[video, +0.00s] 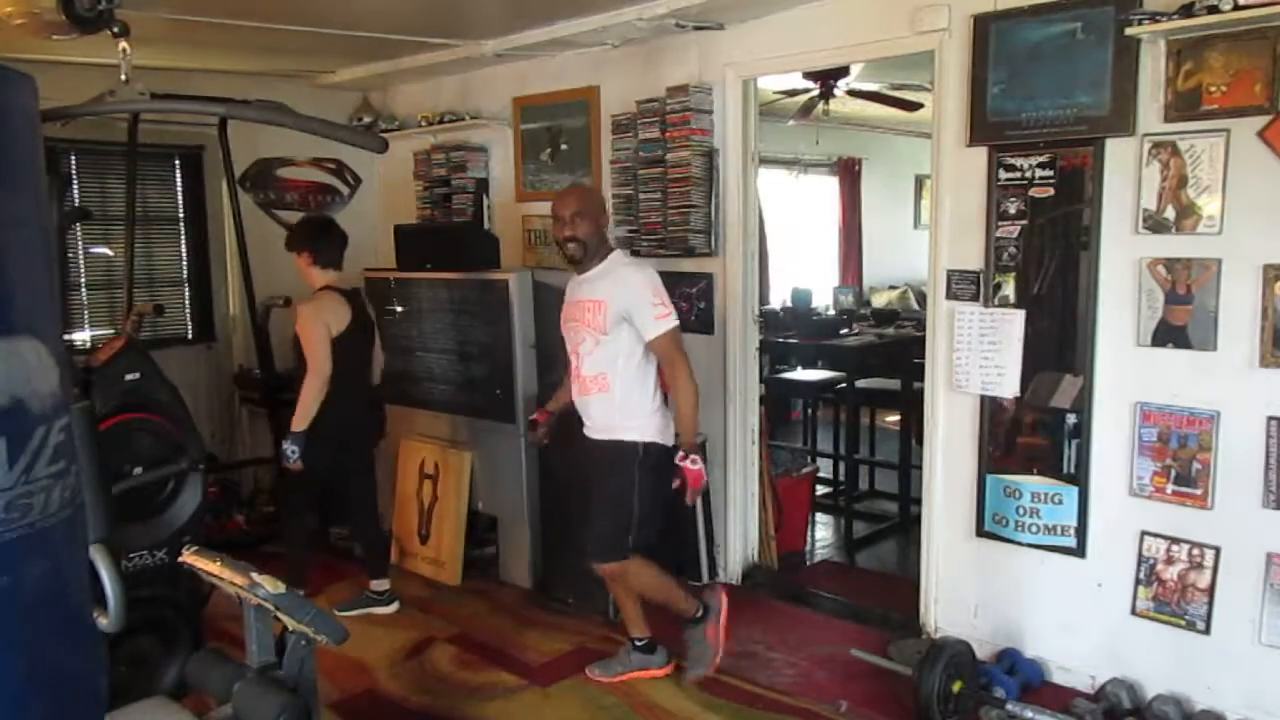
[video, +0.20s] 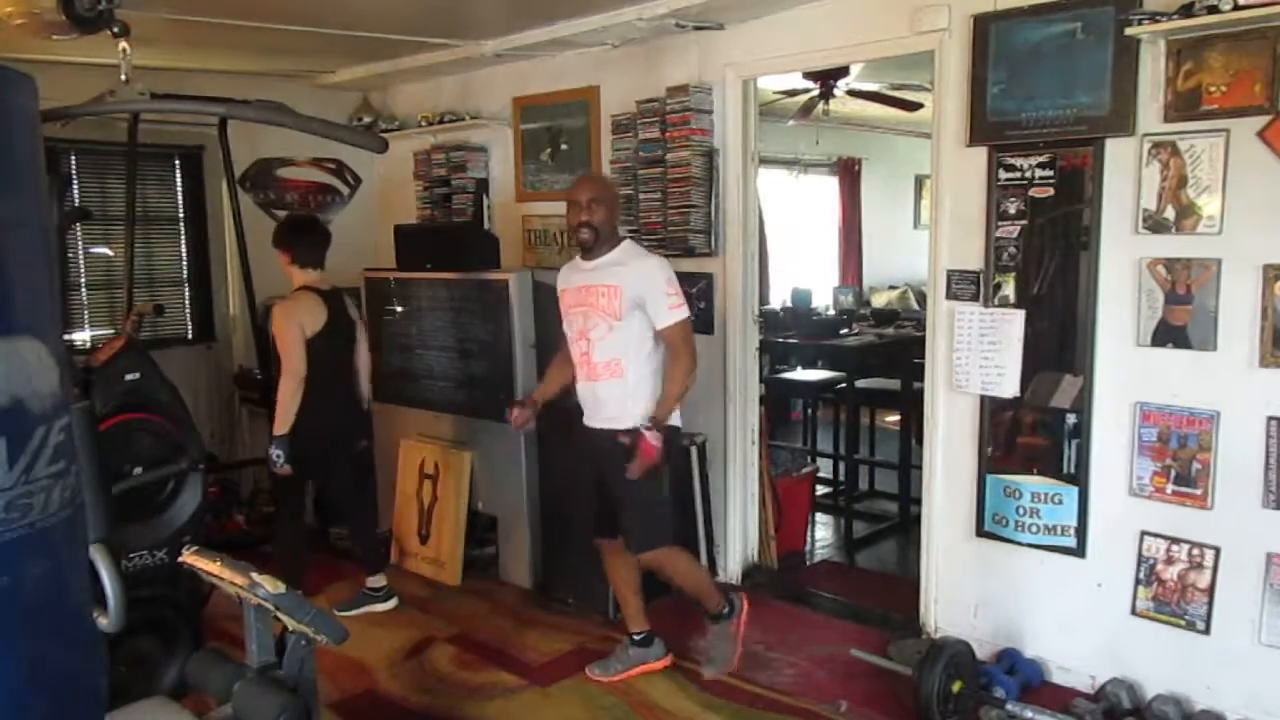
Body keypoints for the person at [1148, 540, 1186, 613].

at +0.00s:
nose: (1173, 554)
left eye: (1176, 552)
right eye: (1170, 551)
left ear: (1179, 553)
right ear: (1167, 552)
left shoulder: (1183, 567)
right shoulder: (1161, 564)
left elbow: (1181, 585)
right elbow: (1152, 581)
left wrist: (1174, 602)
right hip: (1159, 599)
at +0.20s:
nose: (1173, 554)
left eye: (1176, 552)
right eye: (1171, 551)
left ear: (1179, 553)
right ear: (1167, 552)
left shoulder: (1183, 567)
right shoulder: (1160, 564)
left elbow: (1182, 585)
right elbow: (1151, 581)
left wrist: (1174, 602)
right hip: (1159, 599)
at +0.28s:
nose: (1172, 554)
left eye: (1176, 552)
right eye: (1170, 551)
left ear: (1179, 553)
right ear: (1167, 551)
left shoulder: (1182, 567)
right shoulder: (1160, 565)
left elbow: (1180, 585)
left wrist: (1173, 603)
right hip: (1159, 599)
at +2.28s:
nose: (1173, 554)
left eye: (1176, 552)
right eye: (1171, 551)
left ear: (1179, 553)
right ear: (1167, 552)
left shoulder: (1181, 568)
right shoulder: (1160, 566)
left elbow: (1180, 586)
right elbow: (1154, 581)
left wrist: (1173, 603)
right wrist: (1151, 595)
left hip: (1173, 601)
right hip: (1159, 599)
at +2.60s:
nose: (1173, 554)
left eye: (1176, 552)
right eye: (1171, 551)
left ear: (1179, 553)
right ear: (1167, 551)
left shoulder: (1182, 568)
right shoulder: (1160, 566)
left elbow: (1180, 586)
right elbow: (1154, 581)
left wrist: (1173, 602)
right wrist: (1151, 595)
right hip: (1160, 599)